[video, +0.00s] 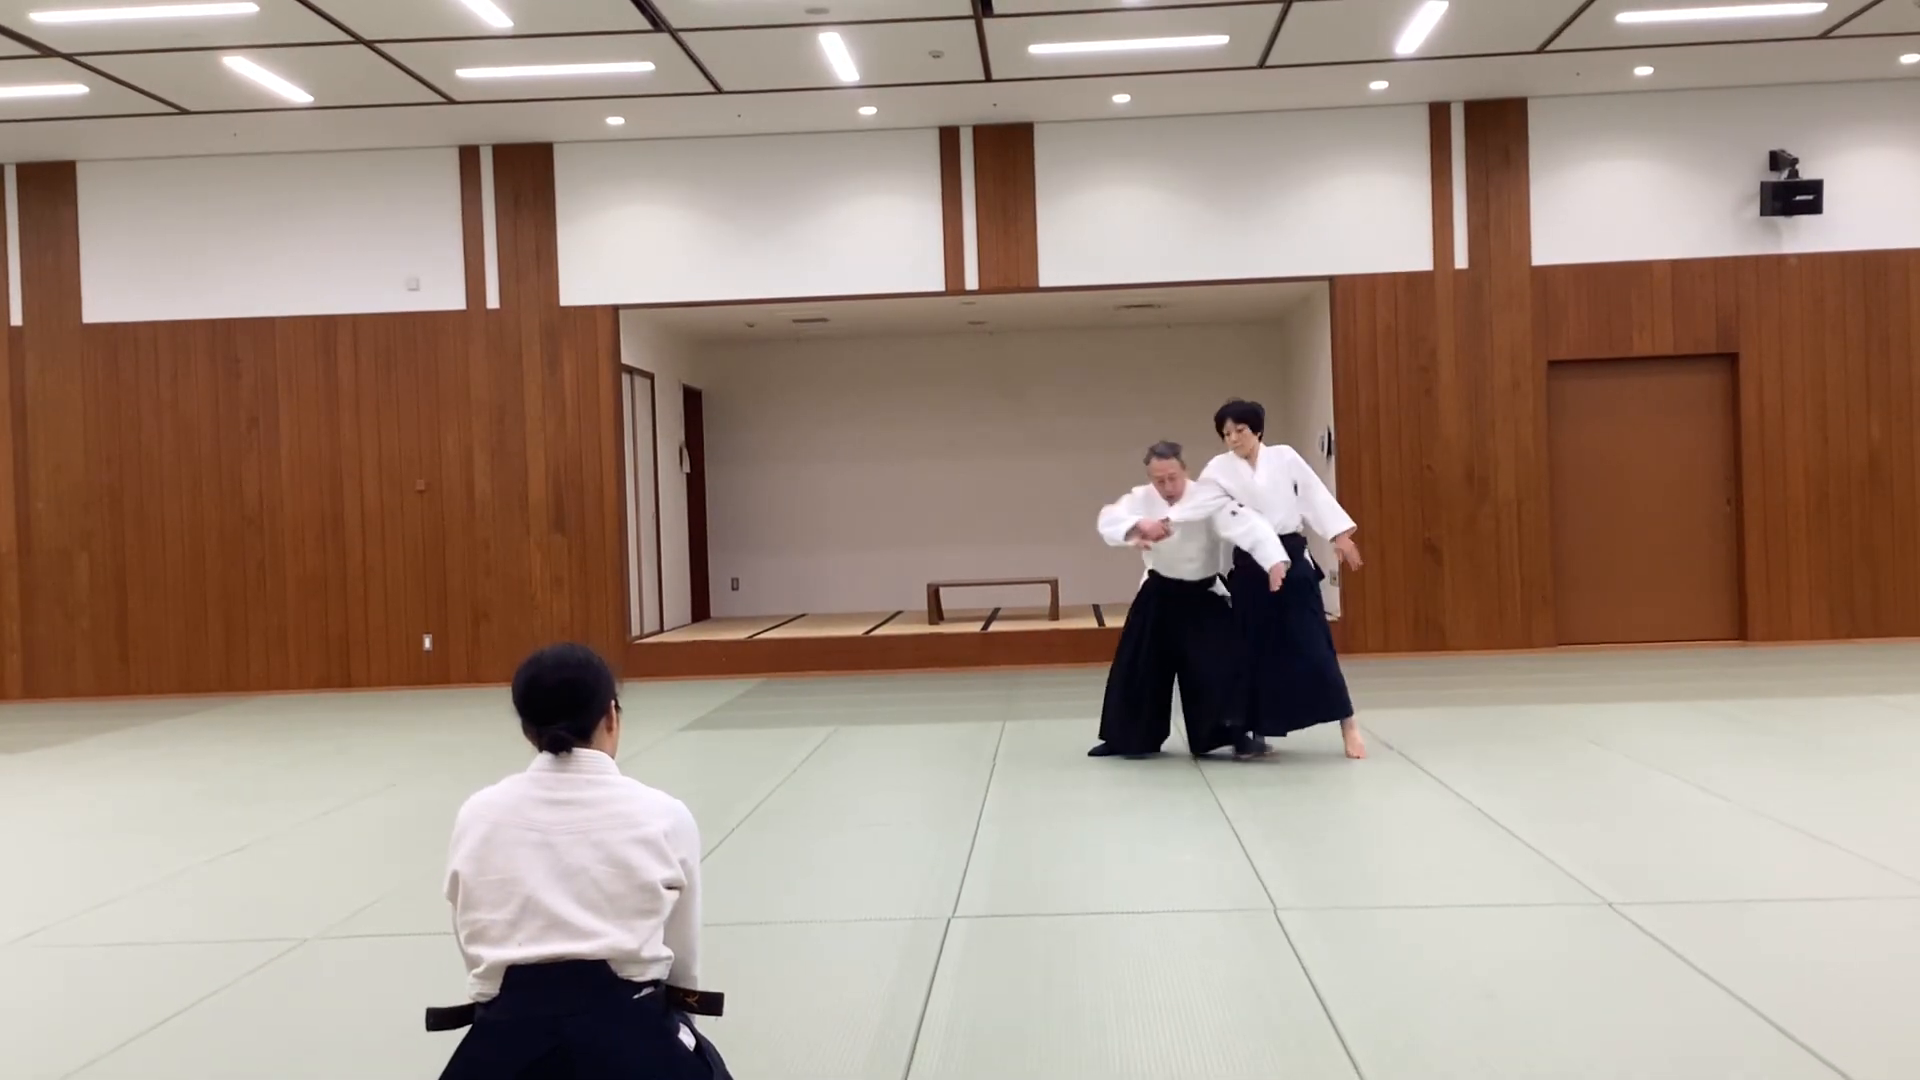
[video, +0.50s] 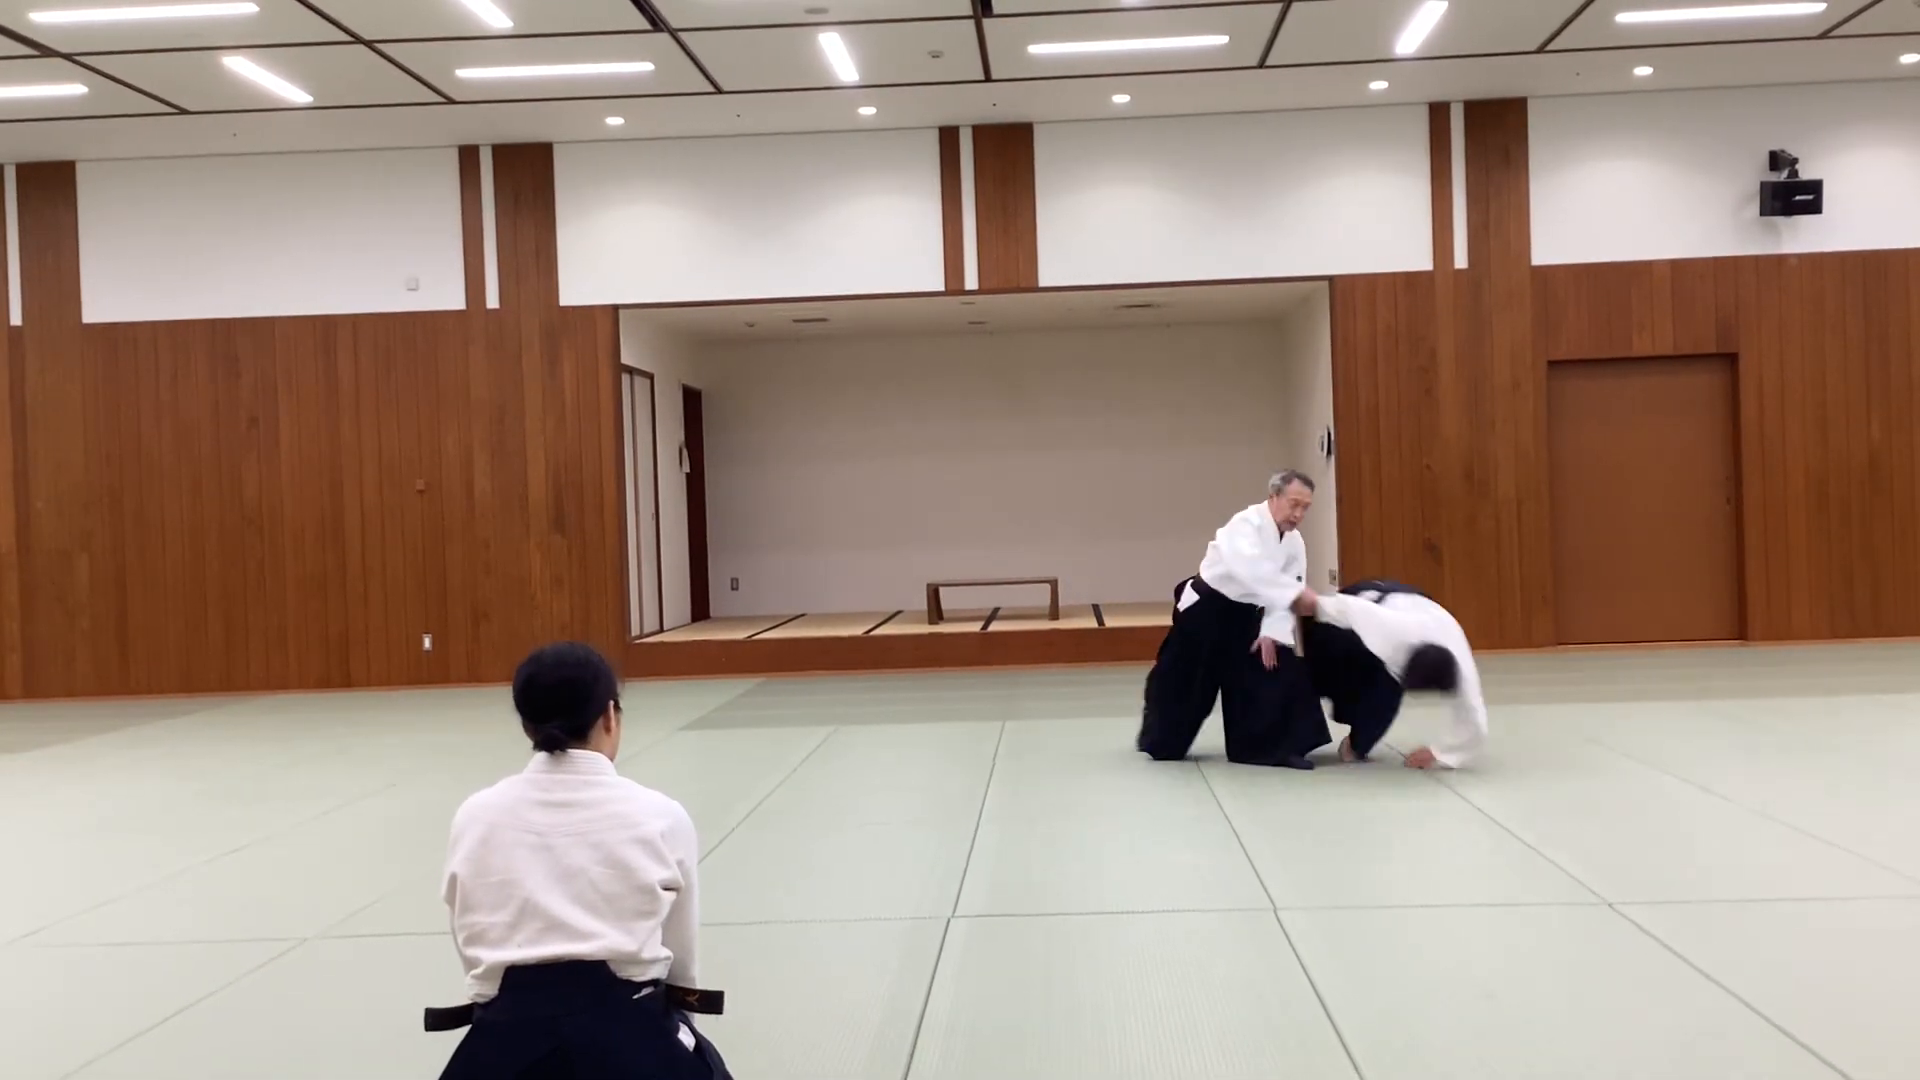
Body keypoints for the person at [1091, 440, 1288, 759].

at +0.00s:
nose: (1167, 486)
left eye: (1172, 478)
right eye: (1159, 480)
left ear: (1185, 472)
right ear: (1150, 478)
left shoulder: (1207, 497)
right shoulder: (1141, 499)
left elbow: (1247, 523)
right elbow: (1107, 519)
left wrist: (1275, 559)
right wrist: (1136, 529)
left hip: (1205, 594)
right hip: (1159, 593)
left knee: (1223, 662)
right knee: (1138, 663)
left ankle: (1237, 733)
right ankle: (1131, 737)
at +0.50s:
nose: (1299, 514)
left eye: (1305, 508)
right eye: (1295, 505)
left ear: (1308, 508)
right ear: (1274, 498)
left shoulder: (1294, 543)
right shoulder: (1244, 525)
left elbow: (1287, 590)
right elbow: (1248, 571)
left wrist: (1272, 631)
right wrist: (1293, 594)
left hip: (1246, 615)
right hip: (1207, 608)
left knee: (1267, 678)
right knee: (1187, 678)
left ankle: (1265, 748)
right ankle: (1162, 742)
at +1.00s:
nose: (1267, 476)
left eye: (1269, 469)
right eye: (1262, 468)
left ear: (1246, 468)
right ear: (1239, 466)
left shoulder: (1247, 508)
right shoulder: (1218, 499)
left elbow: (1259, 564)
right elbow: (1251, 540)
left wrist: (1274, 606)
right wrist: (1298, 537)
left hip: (1232, 597)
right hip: (1195, 597)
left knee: (1286, 658)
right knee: (1198, 667)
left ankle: (1279, 738)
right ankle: (1192, 737)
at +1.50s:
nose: (1315, 476)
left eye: (1317, 469)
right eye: (1310, 467)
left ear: (1292, 468)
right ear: (1287, 465)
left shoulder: (1295, 505)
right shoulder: (1250, 501)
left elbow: (1297, 558)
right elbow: (1243, 559)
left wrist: (1301, 606)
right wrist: (1247, 611)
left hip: (1262, 589)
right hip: (1225, 588)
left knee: (1296, 659)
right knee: (1243, 666)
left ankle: (1289, 741)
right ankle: (1194, 736)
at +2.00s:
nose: (1243, 453)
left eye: (1245, 446)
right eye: (1238, 446)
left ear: (1216, 448)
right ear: (1213, 446)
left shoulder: (1203, 478)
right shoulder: (1206, 486)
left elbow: (1227, 538)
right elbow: (1227, 542)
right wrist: (1270, 582)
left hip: (1174, 580)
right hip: (1185, 587)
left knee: (1173, 665)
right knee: (1216, 665)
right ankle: (1215, 753)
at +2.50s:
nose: (1191, 454)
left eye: (1192, 447)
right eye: (1185, 446)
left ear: (1163, 449)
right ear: (1161, 446)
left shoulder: (1146, 482)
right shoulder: (1164, 488)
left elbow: (1139, 542)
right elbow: (1172, 550)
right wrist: (1189, 597)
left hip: (1126, 587)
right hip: (1147, 590)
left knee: (1128, 668)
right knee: (1189, 664)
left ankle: (1107, 747)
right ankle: (1205, 750)